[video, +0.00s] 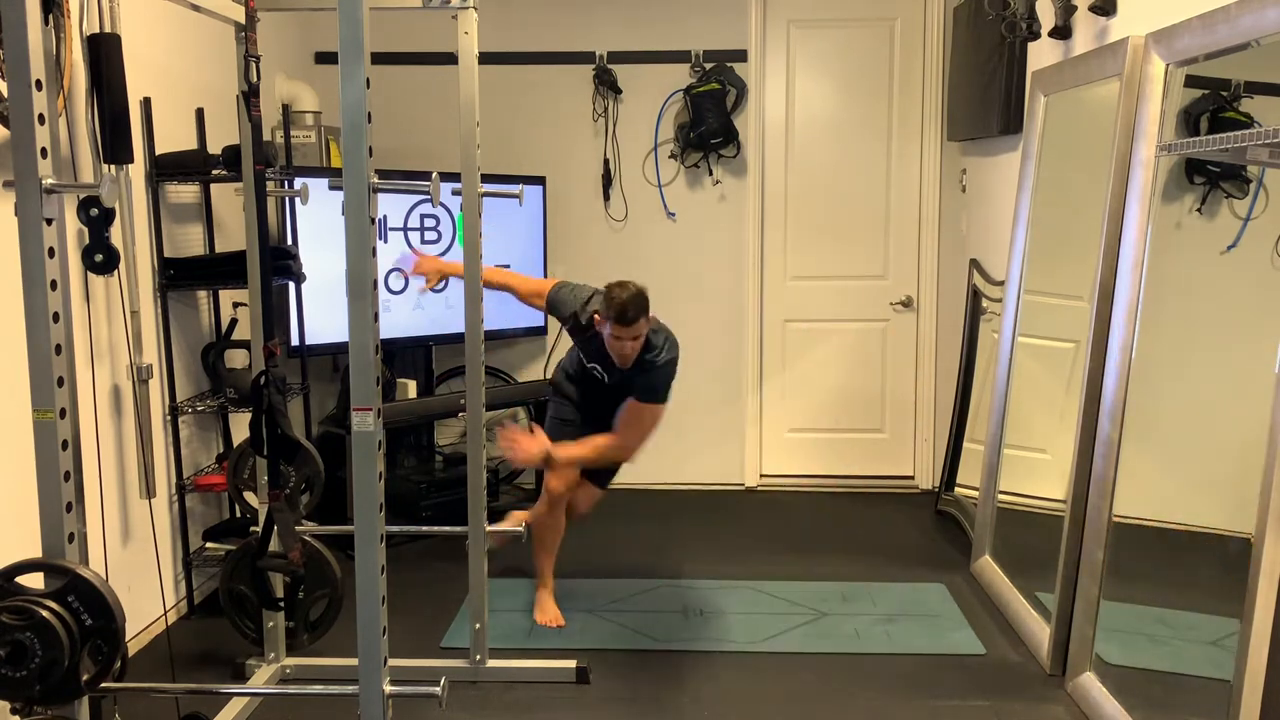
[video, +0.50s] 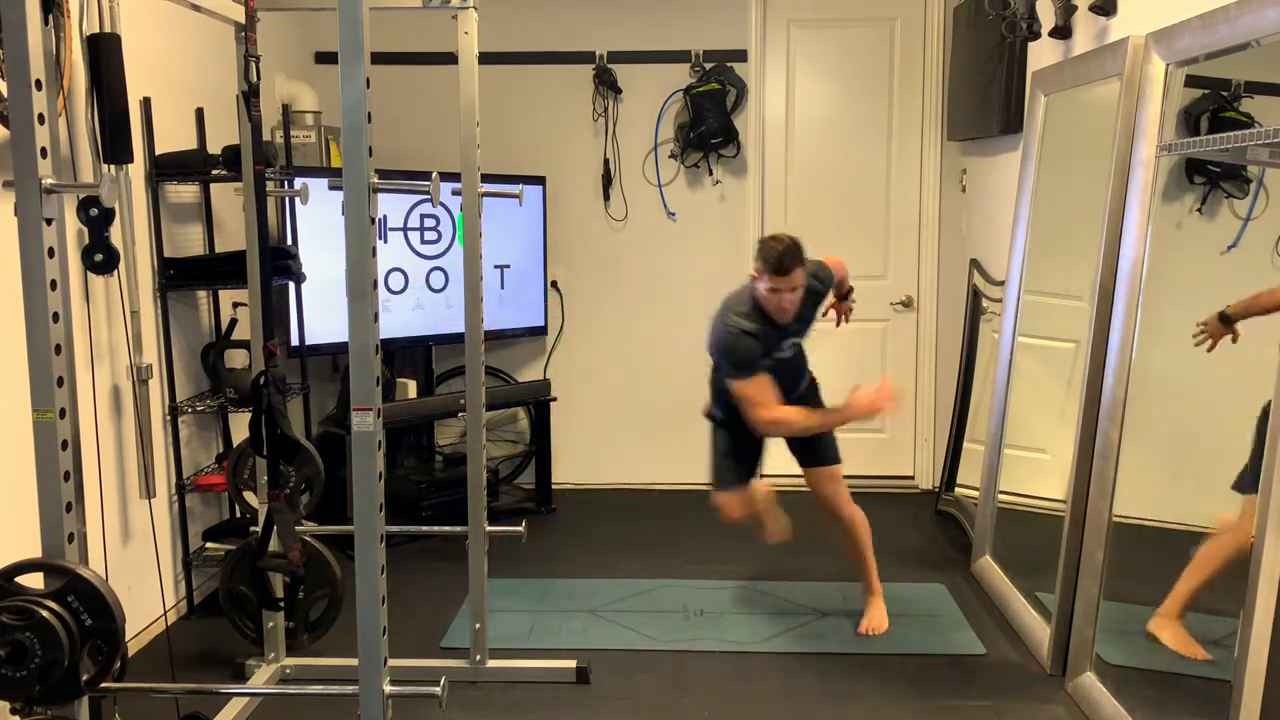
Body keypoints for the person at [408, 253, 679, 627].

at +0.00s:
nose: (626, 348)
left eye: (635, 339)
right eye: (617, 339)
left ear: (648, 325)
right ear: (601, 322)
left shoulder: (661, 355)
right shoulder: (582, 308)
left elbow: (623, 444)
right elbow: (511, 282)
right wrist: (447, 267)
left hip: (616, 421)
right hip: (573, 398)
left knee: (580, 504)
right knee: (556, 489)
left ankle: (523, 520)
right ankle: (545, 589)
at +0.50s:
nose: (786, 301)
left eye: (794, 290)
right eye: (776, 291)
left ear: (803, 278)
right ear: (756, 280)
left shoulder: (813, 281)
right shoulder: (734, 329)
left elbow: (838, 268)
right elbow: (764, 417)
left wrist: (843, 295)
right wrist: (845, 414)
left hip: (795, 390)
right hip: (737, 405)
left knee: (835, 500)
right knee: (732, 508)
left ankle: (873, 593)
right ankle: (761, 498)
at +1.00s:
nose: (826, 320)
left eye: (836, 309)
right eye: (816, 308)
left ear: (847, 299)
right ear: (798, 297)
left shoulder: (859, 318)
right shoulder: (760, 337)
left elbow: (911, 342)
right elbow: (747, 422)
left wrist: (925, 395)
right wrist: (804, 480)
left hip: (829, 400)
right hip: (774, 411)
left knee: (860, 506)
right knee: (772, 522)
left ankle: (882, 595)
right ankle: (801, 514)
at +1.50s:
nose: (646, 323)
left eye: (656, 314)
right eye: (638, 312)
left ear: (674, 303)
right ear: (626, 298)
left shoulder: (686, 348)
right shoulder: (615, 286)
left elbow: (635, 430)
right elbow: (571, 251)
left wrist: (560, 415)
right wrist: (518, 225)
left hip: (659, 415)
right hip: (613, 384)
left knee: (613, 493)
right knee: (592, 494)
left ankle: (569, 496)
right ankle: (575, 598)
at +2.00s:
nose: (657, 324)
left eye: (664, 313)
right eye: (646, 315)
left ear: (673, 302)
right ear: (625, 304)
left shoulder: (697, 328)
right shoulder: (598, 319)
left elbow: (770, 381)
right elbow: (513, 347)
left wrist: (780, 454)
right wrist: (489, 419)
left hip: (666, 411)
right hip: (604, 407)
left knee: (687, 514)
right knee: (585, 501)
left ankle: (692, 530)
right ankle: (573, 601)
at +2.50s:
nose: (807, 325)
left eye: (815, 313)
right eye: (795, 316)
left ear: (824, 301)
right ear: (774, 305)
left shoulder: (829, 297)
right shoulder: (764, 363)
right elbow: (851, 414)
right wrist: (881, 339)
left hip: (834, 409)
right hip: (789, 432)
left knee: (848, 507)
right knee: (836, 500)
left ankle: (880, 597)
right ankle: (873, 532)